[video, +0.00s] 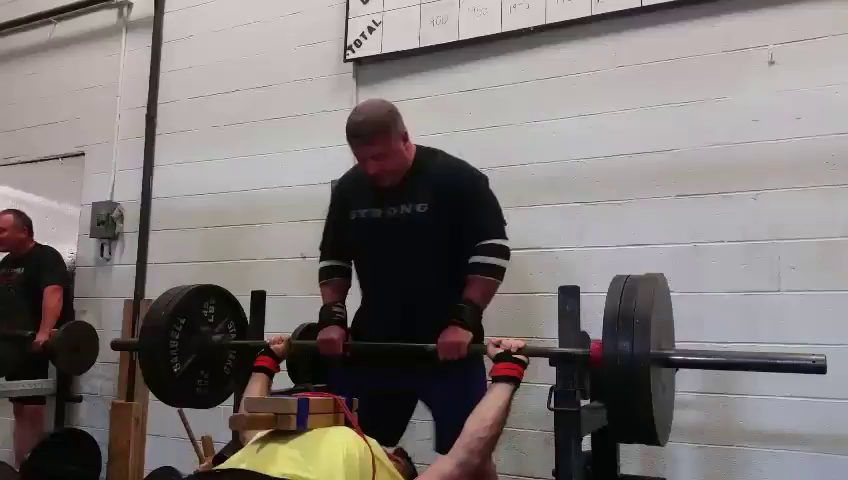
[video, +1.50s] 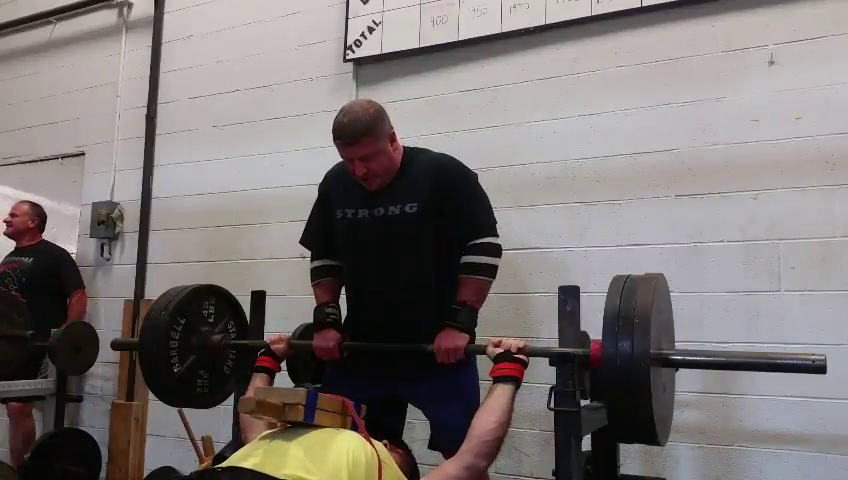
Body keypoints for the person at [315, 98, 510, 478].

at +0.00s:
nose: (371, 169)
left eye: (379, 158)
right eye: (363, 159)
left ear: (405, 140)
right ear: (352, 150)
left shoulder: (459, 181)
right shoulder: (349, 191)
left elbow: (491, 252)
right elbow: (334, 262)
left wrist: (464, 320)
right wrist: (333, 318)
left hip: (450, 344)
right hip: (378, 344)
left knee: (468, 459)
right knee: (360, 456)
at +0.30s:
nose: (357, 165)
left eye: (366, 154)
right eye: (348, 157)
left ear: (390, 136)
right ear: (339, 148)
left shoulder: (445, 178)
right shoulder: (336, 187)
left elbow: (477, 251)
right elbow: (322, 259)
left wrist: (459, 321)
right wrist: (325, 318)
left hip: (438, 345)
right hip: (367, 347)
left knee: (468, 457)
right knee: (369, 460)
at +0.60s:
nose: (361, 162)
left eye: (369, 151)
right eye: (353, 153)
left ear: (395, 133)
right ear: (343, 144)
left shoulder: (451, 173)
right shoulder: (344, 184)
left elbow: (479, 251)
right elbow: (330, 258)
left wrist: (460, 323)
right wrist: (329, 320)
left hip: (439, 344)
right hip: (368, 345)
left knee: (460, 458)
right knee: (366, 457)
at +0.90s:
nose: (360, 164)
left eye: (368, 153)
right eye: (351, 155)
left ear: (394, 134)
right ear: (341, 145)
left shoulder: (447, 174)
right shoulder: (338, 183)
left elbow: (478, 251)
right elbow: (326, 259)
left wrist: (460, 324)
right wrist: (328, 319)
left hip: (437, 345)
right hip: (366, 347)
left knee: (463, 458)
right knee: (367, 460)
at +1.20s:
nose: (361, 167)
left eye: (369, 155)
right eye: (351, 157)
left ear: (394, 136)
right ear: (341, 148)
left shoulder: (448, 174)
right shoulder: (338, 184)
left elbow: (480, 249)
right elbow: (325, 257)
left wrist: (460, 323)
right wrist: (327, 320)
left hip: (439, 345)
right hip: (367, 347)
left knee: (461, 456)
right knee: (372, 458)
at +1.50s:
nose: (359, 170)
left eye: (368, 159)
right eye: (350, 161)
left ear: (394, 141)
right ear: (340, 152)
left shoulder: (446, 177)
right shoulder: (337, 186)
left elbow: (483, 249)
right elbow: (323, 257)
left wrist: (460, 322)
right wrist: (327, 321)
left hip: (439, 347)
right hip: (365, 348)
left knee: (462, 457)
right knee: (363, 459)